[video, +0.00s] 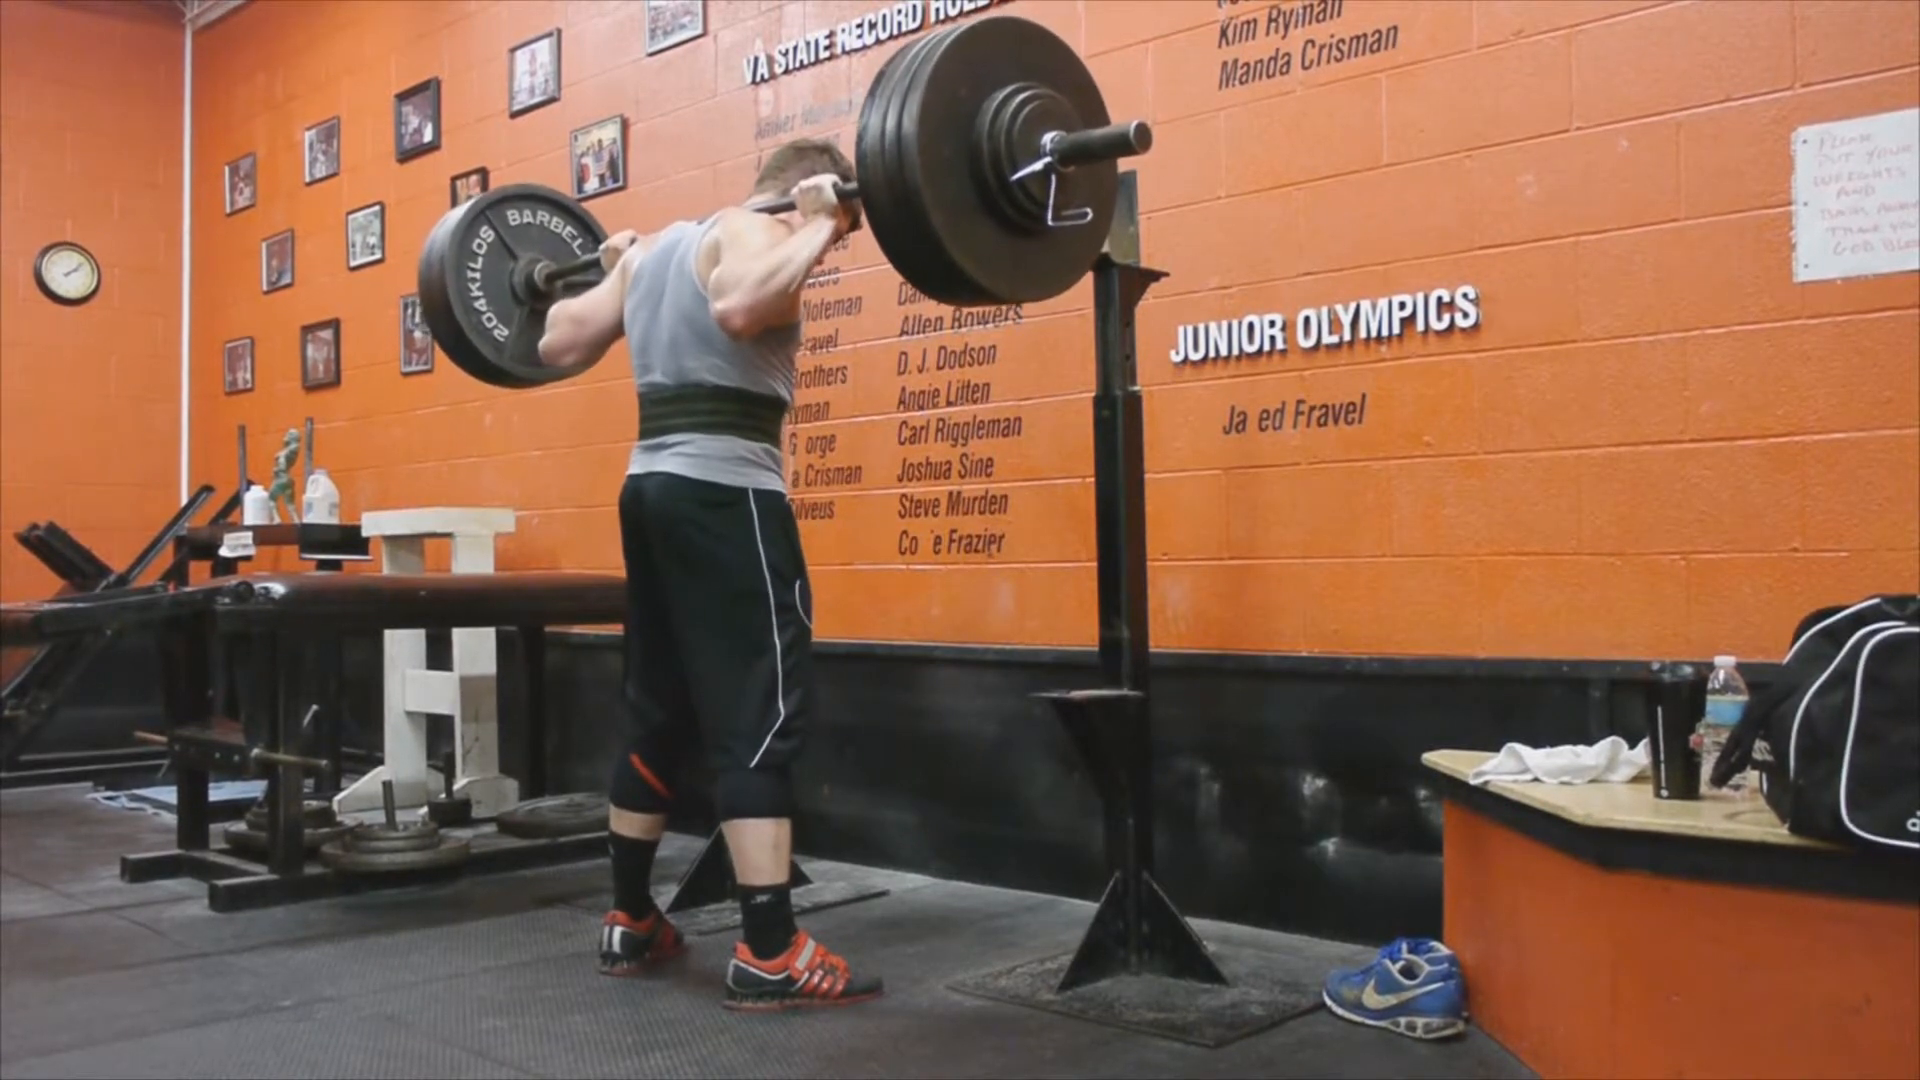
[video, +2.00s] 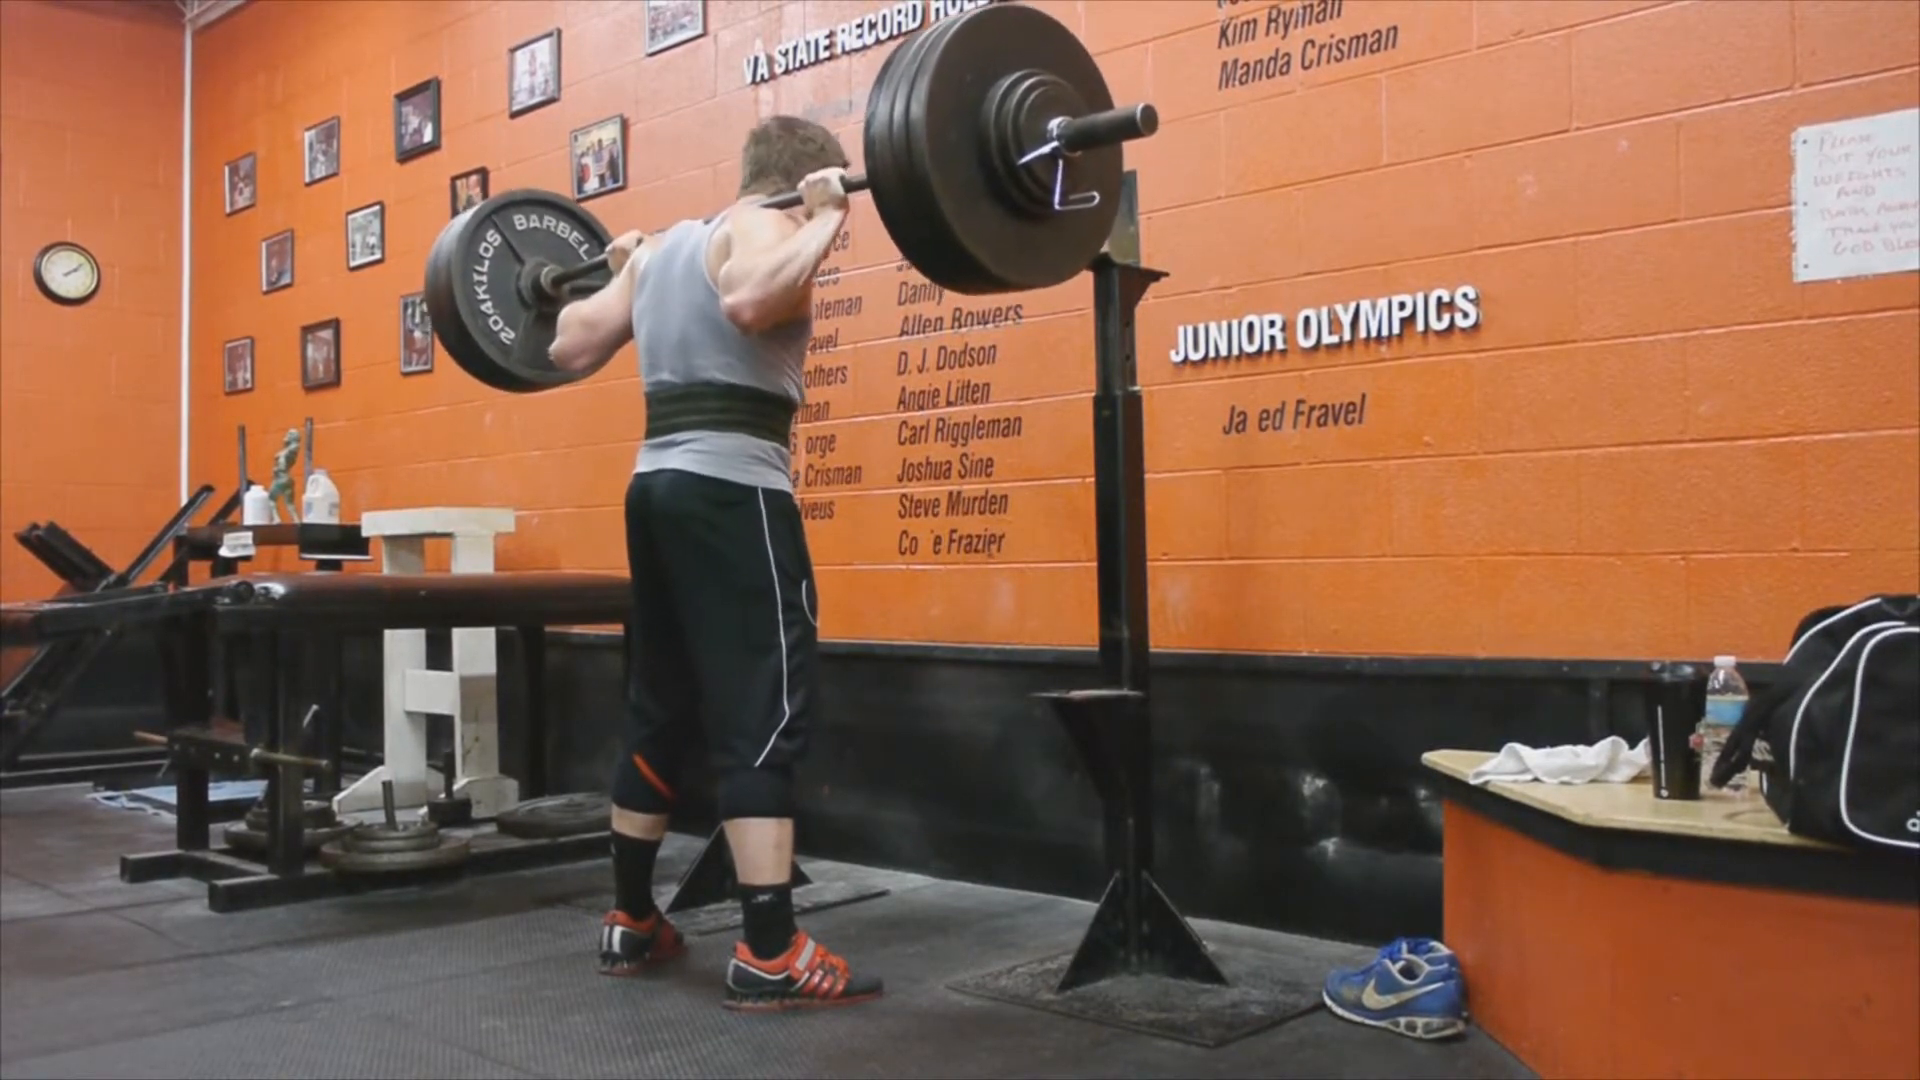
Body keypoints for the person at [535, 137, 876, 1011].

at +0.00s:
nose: (837, 240)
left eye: (845, 228)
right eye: (839, 221)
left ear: (758, 184)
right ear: (809, 198)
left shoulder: (655, 252)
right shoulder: (763, 232)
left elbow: (556, 342)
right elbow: (738, 309)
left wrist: (611, 271)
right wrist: (818, 230)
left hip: (651, 495)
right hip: (728, 497)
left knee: (661, 711)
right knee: (758, 714)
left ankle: (630, 920)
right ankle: (770, 947)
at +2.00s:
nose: (832, 216)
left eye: (838, 201)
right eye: (830, 199)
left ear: (744, 178)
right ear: (803, 185)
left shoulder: (662, 250)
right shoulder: (766, 227)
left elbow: (568, 347)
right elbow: (748, 303)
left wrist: (611, 272)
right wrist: (827, 222)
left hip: (657, 490)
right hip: (735, 490)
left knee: (663, 709)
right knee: (762, 713)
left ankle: (631, 920)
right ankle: (769, 947)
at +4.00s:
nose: (825, 189)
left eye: (824, 174)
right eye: (823, 174)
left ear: (737, 171)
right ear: (800, 169)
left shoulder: (664, 251)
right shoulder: (773, 227)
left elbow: (564, 347)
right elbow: (753, 303)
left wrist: (607, 273)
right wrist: (833, 229)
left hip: (650, 486)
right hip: (725, 488)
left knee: (658, 708)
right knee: (758, 713)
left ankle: (631, 920)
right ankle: (770, 947)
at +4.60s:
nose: (826, 285)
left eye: (825, 272)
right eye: (825, 272)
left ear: (739, 272)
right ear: (806, 271)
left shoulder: (670, 344)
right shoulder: (779, 332)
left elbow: (574, 444)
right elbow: (767, 407)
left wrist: (621, 363)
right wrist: (846, 333)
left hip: (602, 565)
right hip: (689, 571)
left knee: (660, 722)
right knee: (834, 734)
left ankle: (632, 921)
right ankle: (775, 948)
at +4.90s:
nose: (833, 377)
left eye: (831, 363)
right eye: (831, 362)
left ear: (744, 365)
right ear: (811, 366)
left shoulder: (680, 438)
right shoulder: (787, 428)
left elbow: (586, 548)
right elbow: (781, 522)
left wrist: (636, 460)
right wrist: (857, 442)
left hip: (596, 654)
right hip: (686, 663)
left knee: (668, 745)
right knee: (855, 766)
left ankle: (633, 920)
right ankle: (776, 951)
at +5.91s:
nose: (832, 363)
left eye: (833, 353)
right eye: (830, 351)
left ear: (742, 351)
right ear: (810, 350)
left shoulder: (668, 416)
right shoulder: (786, 407)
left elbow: (560, 503)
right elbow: (765, 479)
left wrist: (621, 435)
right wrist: (853, 413)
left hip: (571, 600)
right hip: (666, 608)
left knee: (651, 738)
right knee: (822, 740)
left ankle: (632, 919)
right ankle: (775, 950)